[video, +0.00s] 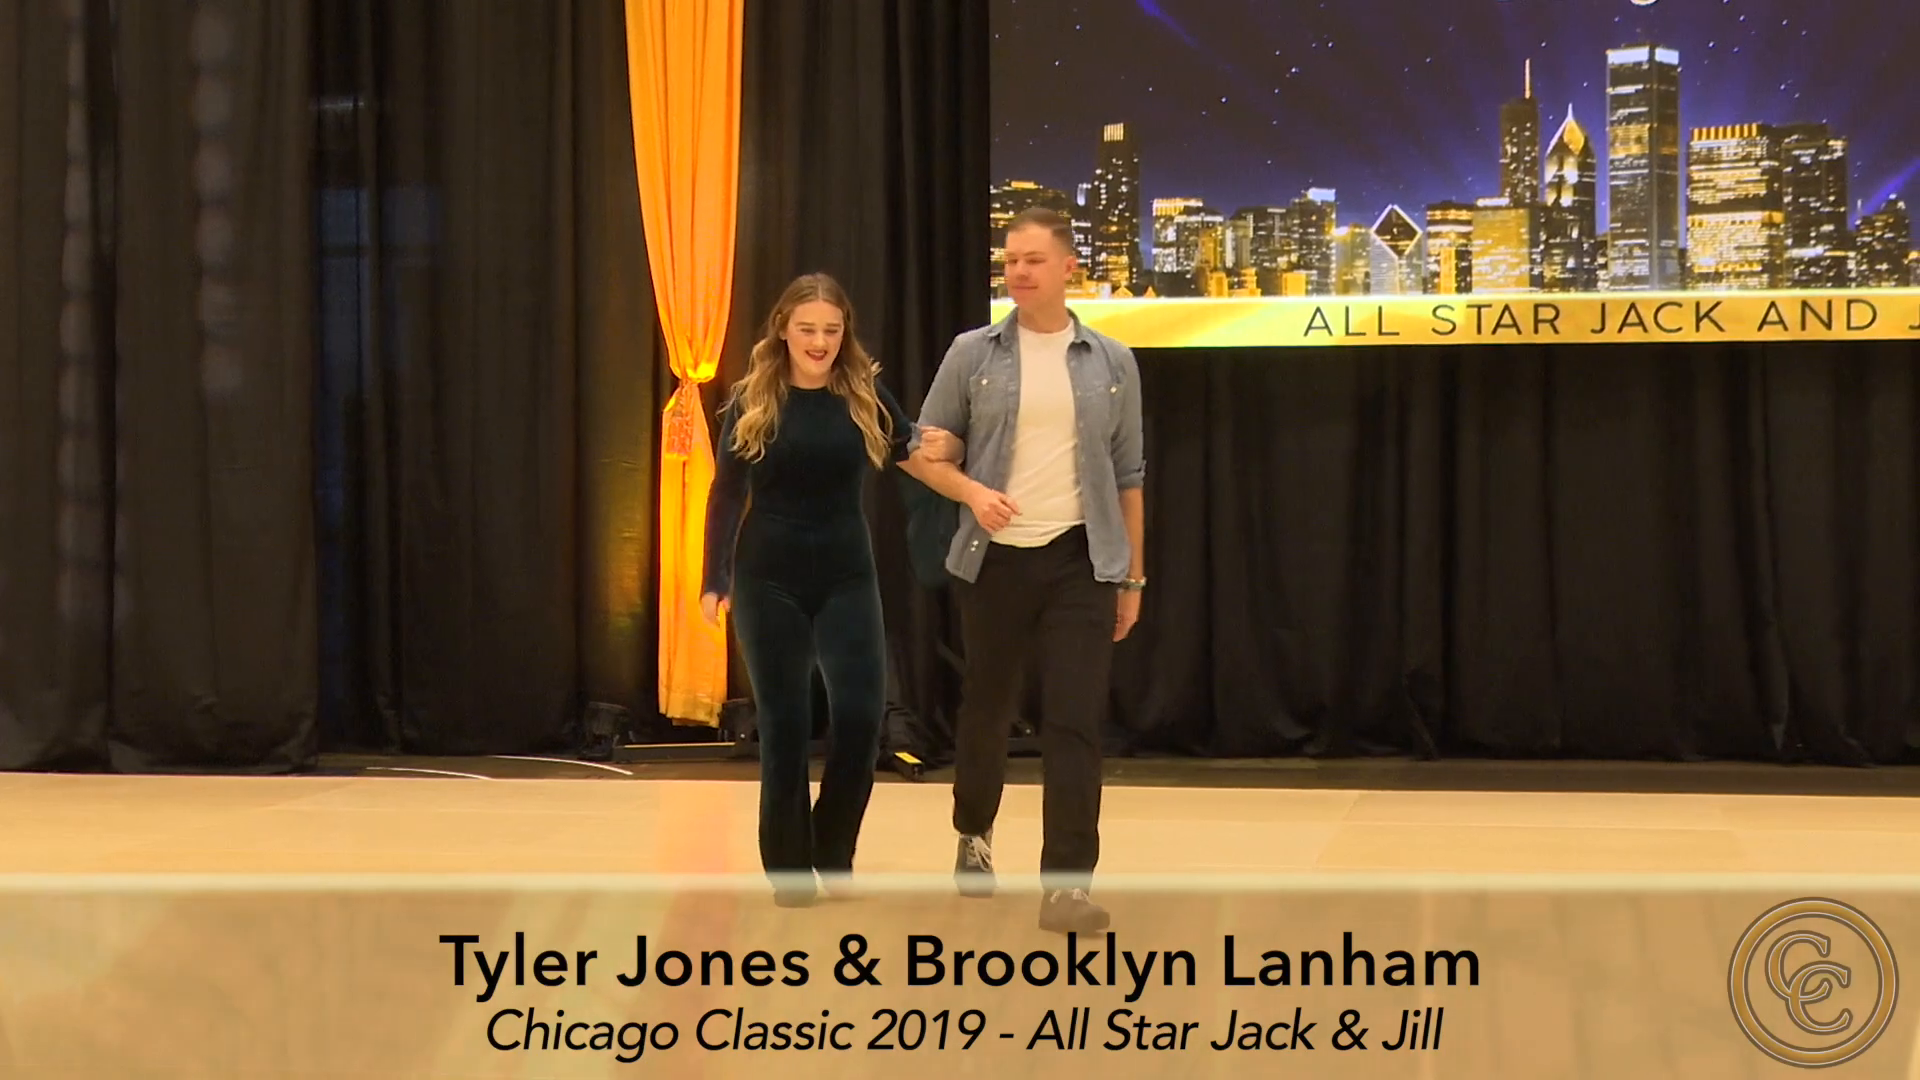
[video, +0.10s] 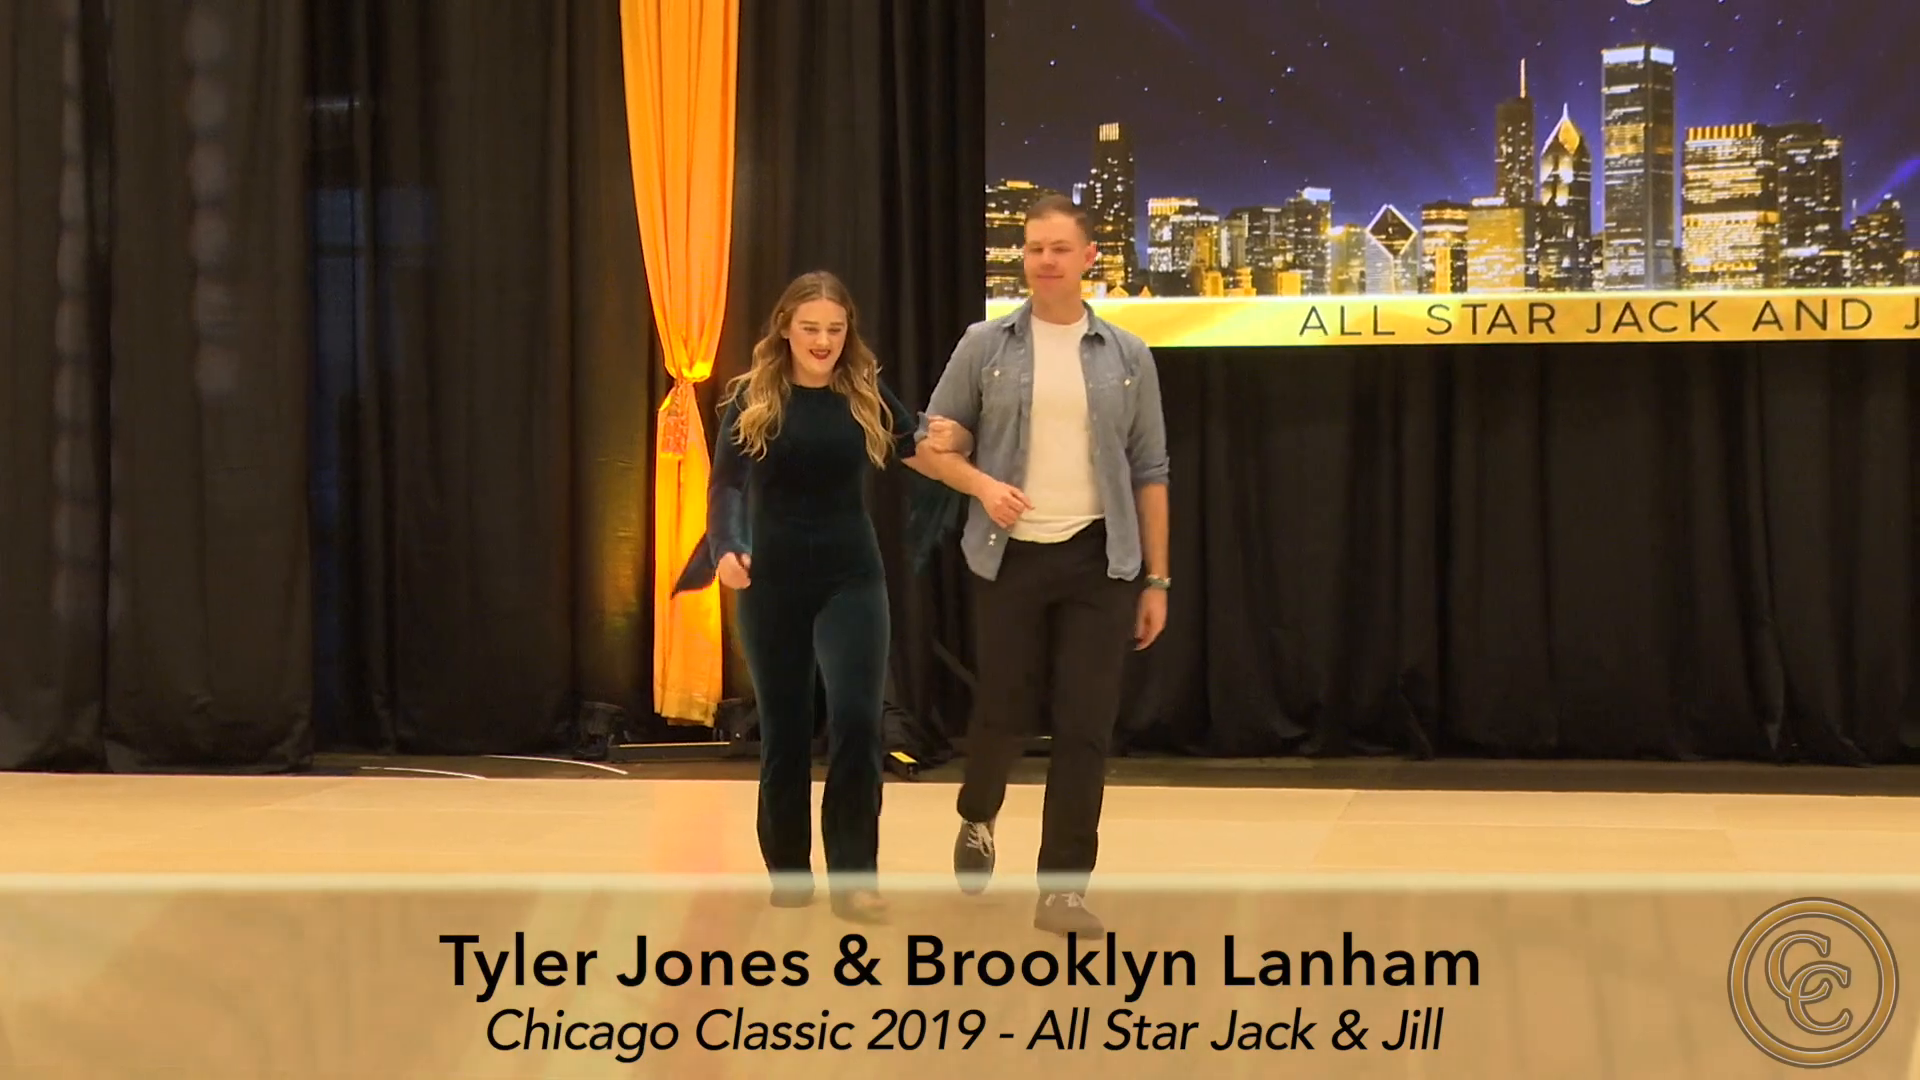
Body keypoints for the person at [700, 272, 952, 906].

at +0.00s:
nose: (818, 340)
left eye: (829, 329)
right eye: (805, 328)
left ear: (844, 334)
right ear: (783, 332)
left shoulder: (865, 399)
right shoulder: (750, 404)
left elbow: (914, 455)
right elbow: (727, 495)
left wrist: (950, 448)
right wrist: (716, 576)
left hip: (847, 580)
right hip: (767, 581)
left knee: (860, 718)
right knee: (785, 725)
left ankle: (832, 860)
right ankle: (787, 867)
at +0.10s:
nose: (823, 340)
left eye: (835, 328)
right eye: (810, 327)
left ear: (849, 334)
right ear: (786, 331)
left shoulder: (868, 398)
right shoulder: (750, 398)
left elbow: (910, 441)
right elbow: (727, 482)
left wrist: (943, 439)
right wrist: (726, 546)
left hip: (852, 581)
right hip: (772, 586)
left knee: (858, 729)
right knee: (785, 738)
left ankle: (855, 881)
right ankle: (790, 883)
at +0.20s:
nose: (829, 346)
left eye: (839, 335)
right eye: (815, 334)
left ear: (852, 340)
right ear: (790, 336)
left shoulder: (871, 404)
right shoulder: (751, 404)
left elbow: (934, 468)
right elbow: (727, 483)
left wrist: (962, 434)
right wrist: (726, 538)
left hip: (854, 591)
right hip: (773, 594)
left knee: (850, 737)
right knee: (784, 746)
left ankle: (871, 888)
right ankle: (784, 895)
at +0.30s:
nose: (833, 342)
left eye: (844, 331)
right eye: (820, 329)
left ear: (856, 337)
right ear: (794, 333)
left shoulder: (879, 403)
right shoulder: (759, 405)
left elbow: (941, 474)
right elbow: (725, 488)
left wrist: (969, 437)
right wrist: (710, 549)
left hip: (860, 592)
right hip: (776, 593)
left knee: (855, 744)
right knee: (774, 756)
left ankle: (852, 904)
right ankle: (779, 902)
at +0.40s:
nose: (834, 330)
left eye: (846, 318)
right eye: (821, 316)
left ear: (858, 325)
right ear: (794, 320)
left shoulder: (880, 393)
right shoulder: (758, 395)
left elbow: (930, 459)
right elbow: (726, 491)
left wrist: (967, 445)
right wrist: (696, 575)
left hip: (860, 587)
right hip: (773, 588)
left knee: (850, 752)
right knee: (773, 755)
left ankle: (845, 900)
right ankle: (786, 889)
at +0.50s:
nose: (835, 321)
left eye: (846, 310)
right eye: (821, 308)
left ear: (858, 316)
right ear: (793, 312)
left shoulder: (879, 386)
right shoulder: (755, 388)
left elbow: (932, 458)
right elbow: (722, 489)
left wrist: (970, 444)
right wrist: (690, 573)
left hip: (859, 587)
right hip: (772, 582)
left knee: (842, 749)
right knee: (789, 741)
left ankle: (839, 904)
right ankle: (790, 910)